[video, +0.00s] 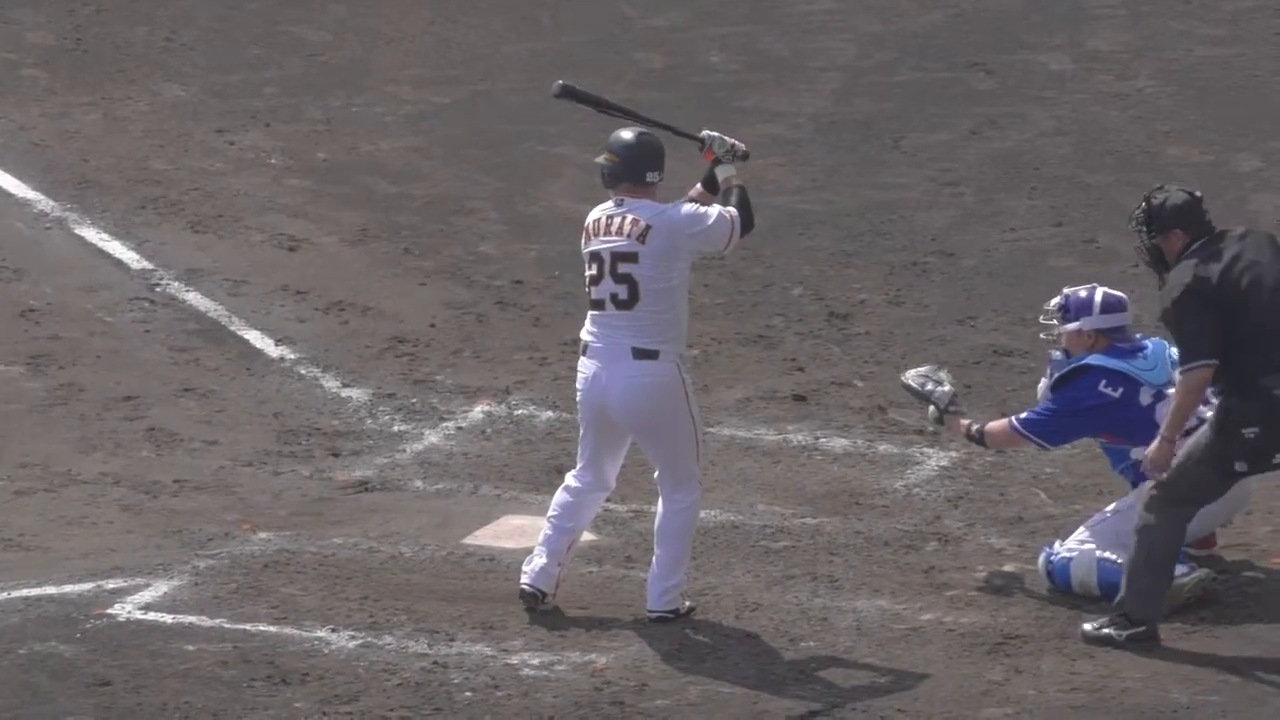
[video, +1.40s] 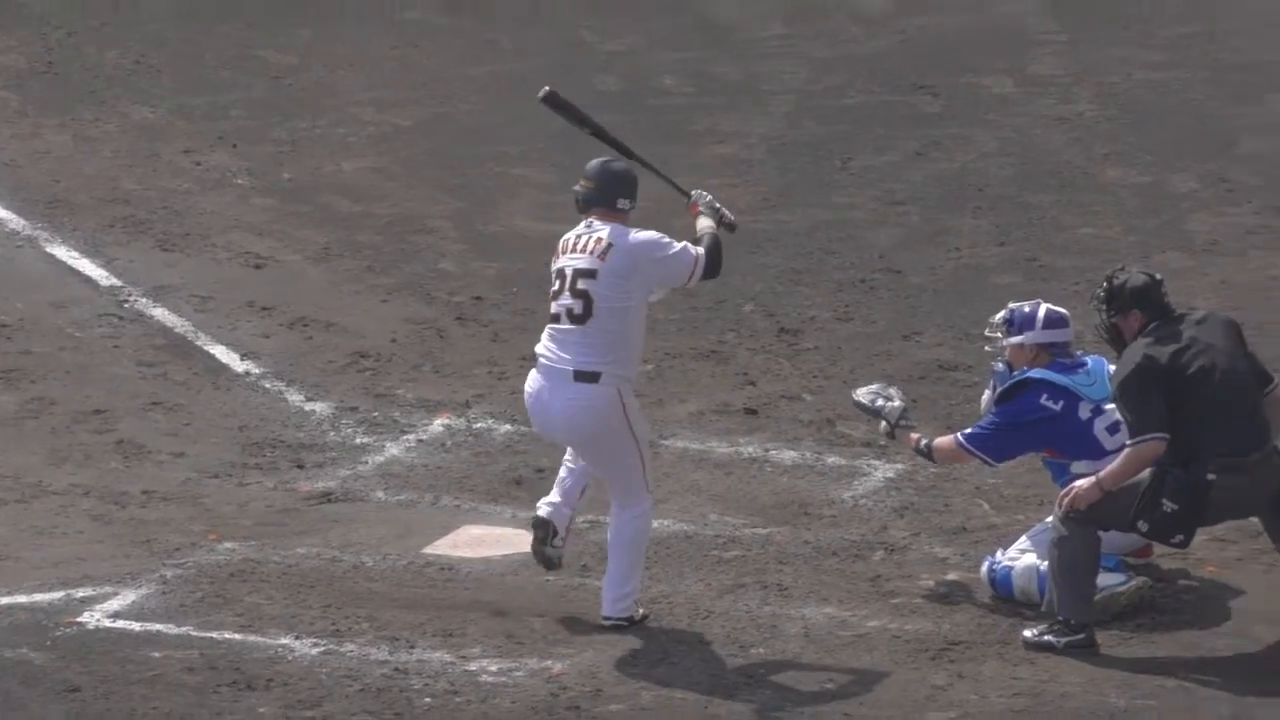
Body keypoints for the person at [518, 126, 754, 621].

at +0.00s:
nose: (604, 176)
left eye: (608, 169)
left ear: (611, 173)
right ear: (656, 174)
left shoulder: (595, 221)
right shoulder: (675, 222)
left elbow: (675, 213)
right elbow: (741, 221)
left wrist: (712, 169)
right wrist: (732, 175)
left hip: (592, 372)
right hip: (653, 378)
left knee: (589, 475)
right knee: (679, 485)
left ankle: (537, 576)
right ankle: (665, 598)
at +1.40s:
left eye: (582, 197)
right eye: (630, 199)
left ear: (584, 199)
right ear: (627, 202)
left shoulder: (567, 242)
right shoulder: (638, 245)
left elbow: (641, 278)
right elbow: (708, 263)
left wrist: (710, 232)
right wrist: (705, 219)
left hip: (539, 392)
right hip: (599, 402)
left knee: (592, 435)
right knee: (632, 501)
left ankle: (554, 515)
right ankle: (619, 608)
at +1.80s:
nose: (594, 215)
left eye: (548, 201)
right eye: (593, 207)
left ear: (551, 205)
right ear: (591, 208)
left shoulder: (537, 243)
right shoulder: (598, 246)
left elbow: (607, 293)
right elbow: (668, 272)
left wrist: (666, 261)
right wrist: (672, 237)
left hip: (499, 381)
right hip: (548, 394)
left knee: (587, 404)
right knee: (598, 484)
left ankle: (532, 499)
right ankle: (601, 587)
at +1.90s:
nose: (538, 210)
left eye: (541, 204)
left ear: (545, 208)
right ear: (582, 212)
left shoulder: (530, 245)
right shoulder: (588, 247)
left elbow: (604, 295)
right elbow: (656, 268)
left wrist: (667, 263)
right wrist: (662, 239)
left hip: (490, 378)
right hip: (539, 389)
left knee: (534, 429)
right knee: (594, 479)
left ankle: (480, 506)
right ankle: (603, 581)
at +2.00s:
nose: (529, 218)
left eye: (531, 212)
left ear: (535, 215)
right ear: (570, 218)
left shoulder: (522, 250)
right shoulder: (573, 251)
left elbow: (593, 293)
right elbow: (638, 265)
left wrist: (651, 261)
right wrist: (647, 239)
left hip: (481, 376)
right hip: (528, 387)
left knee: (480, 448)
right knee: (587, 473)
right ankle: (603, 571)